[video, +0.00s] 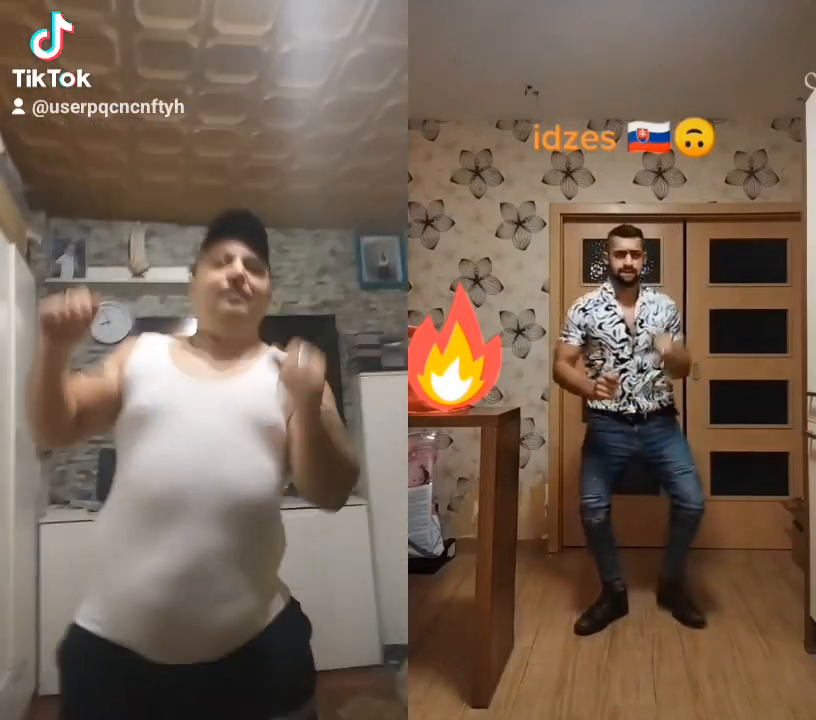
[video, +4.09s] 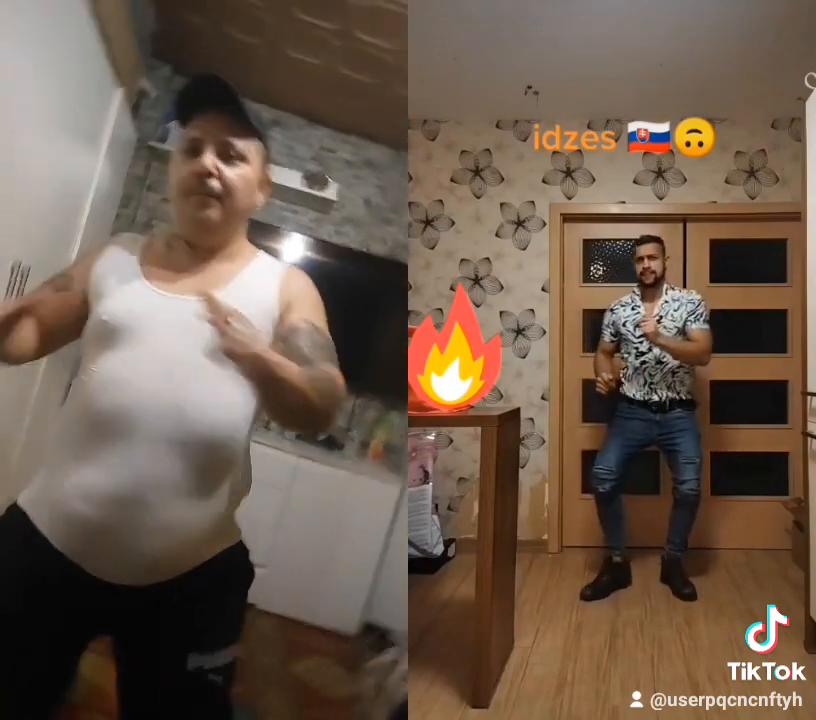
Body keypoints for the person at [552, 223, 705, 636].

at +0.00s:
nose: (628, 262)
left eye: (635, 255)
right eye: (620, 255)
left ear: (644, 259)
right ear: (608, 259)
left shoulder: (662, 306)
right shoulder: (585, 309)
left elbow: (682, 369)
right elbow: (562, 365)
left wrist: (672, 355)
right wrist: (589, 387)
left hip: (660, 424)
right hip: (607, 425)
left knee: (691, 502)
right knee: (592, 508)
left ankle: (672, 587)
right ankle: (613, 594)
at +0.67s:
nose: (660, 280)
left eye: (667, 271)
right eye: (653, 272)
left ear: (681, 266)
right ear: (644, 268)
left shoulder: (707, 304)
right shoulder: (629, 313)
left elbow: (719, 362)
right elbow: (614, 356)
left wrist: (682, 354)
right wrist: (617, 385)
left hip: (689, 422)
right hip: (642, 419)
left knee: (695, 505)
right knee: (616, 492)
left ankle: (680, 576)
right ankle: (630, 596)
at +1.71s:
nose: (623, 288)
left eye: (629, 281)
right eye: (616, 280)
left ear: (635, 282)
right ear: (600, 280)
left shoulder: (649, 314)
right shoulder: (578, 321)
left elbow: (674, 372)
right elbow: (555, 370)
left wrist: (669, 362)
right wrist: (566, 388)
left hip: (649, 422)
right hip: (602, 425)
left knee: (677, 490)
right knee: (584, 498)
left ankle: (654, 579)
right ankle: (605, 570)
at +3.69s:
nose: (661, 270)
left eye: (667, 264)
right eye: (655, 265)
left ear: (678, 268)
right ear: (646, 271)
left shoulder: (697, 312)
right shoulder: (626, 310)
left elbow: (719, 365)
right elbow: (603, 356)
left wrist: (703, 349)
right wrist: (611, 375)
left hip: (679, 413)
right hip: (633, 411)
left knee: (686, 487)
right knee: (605, 478)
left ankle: (673, 563)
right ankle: (624, 569)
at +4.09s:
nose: (646, 265)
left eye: (653, 259)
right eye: (640, 260)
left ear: (665, 263)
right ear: (634, 265)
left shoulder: (689, 302)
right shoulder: (619, 310)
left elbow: (702, 354)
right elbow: (604, 354)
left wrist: (659, 339)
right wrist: (605, 376)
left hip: (678, 414)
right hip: (631, 412)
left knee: (689, 488)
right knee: (603, 478)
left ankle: (673, 564)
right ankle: (617, 565)